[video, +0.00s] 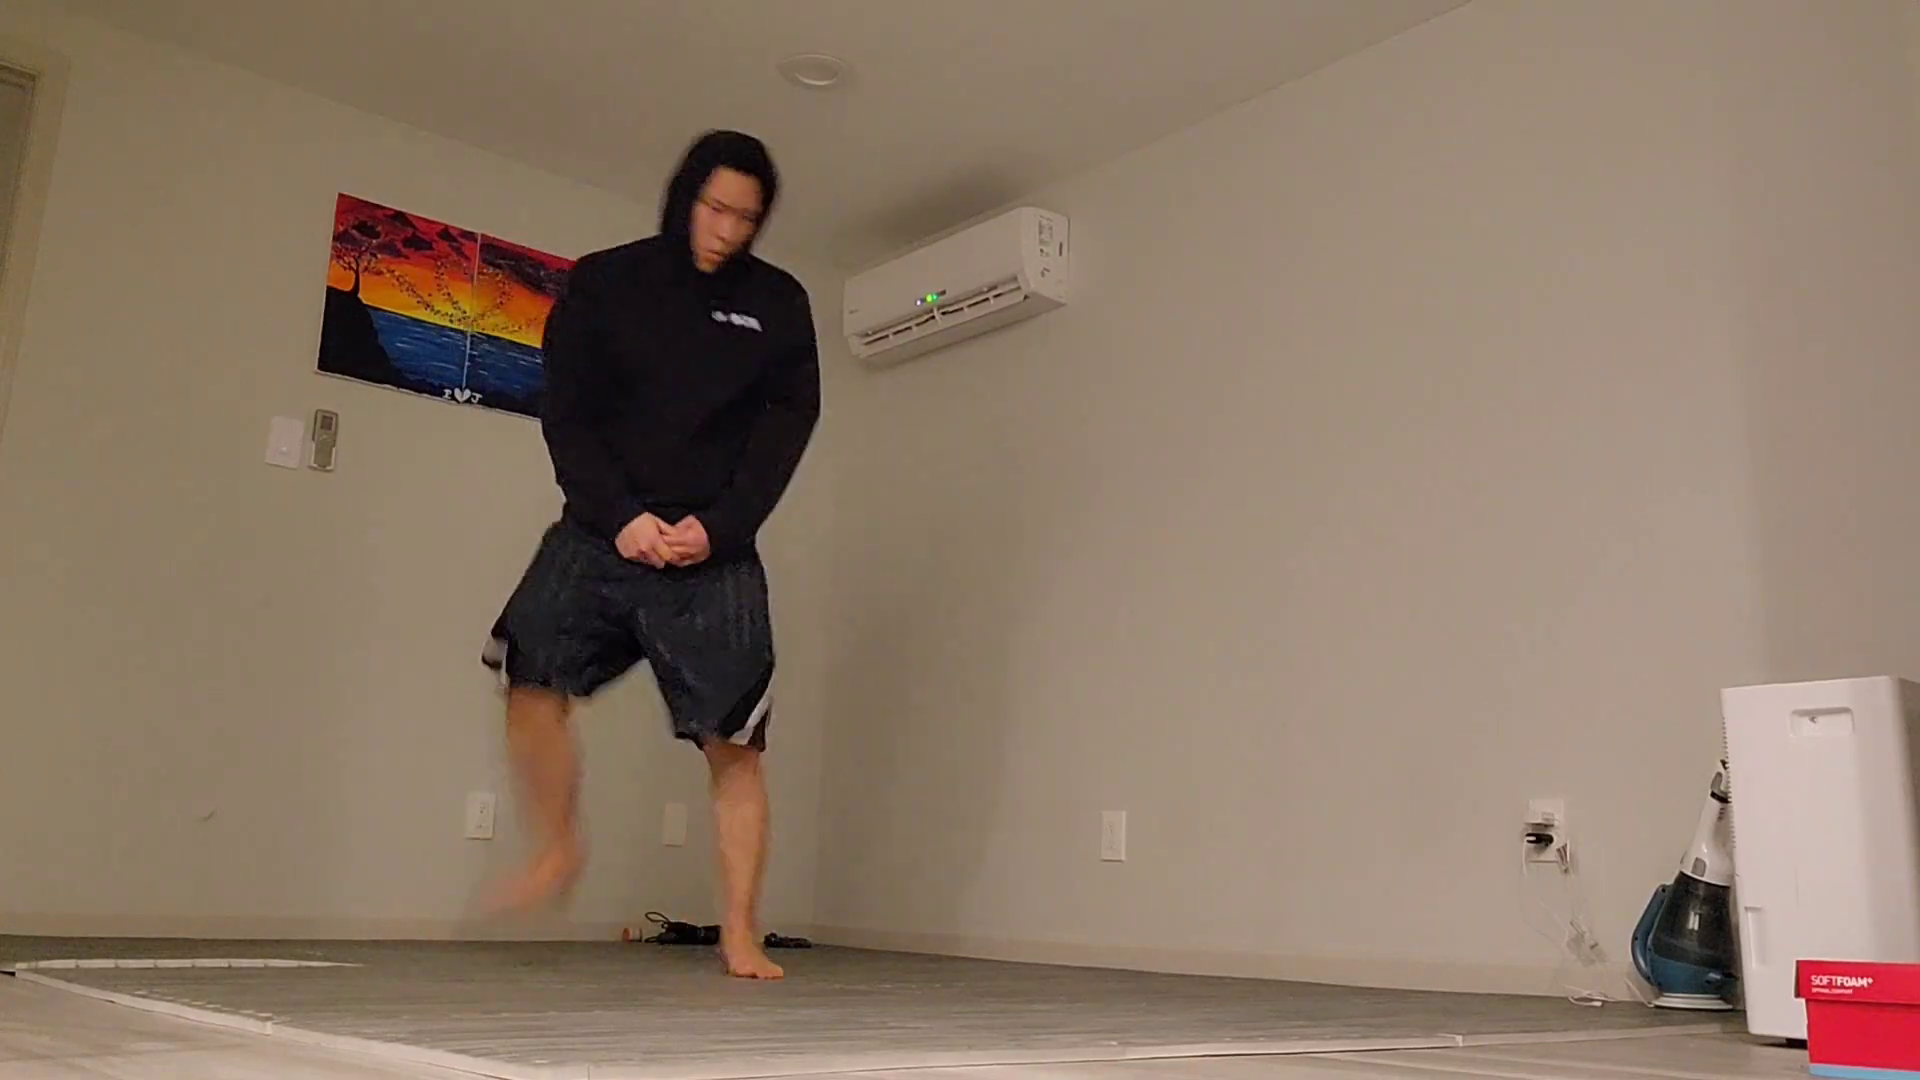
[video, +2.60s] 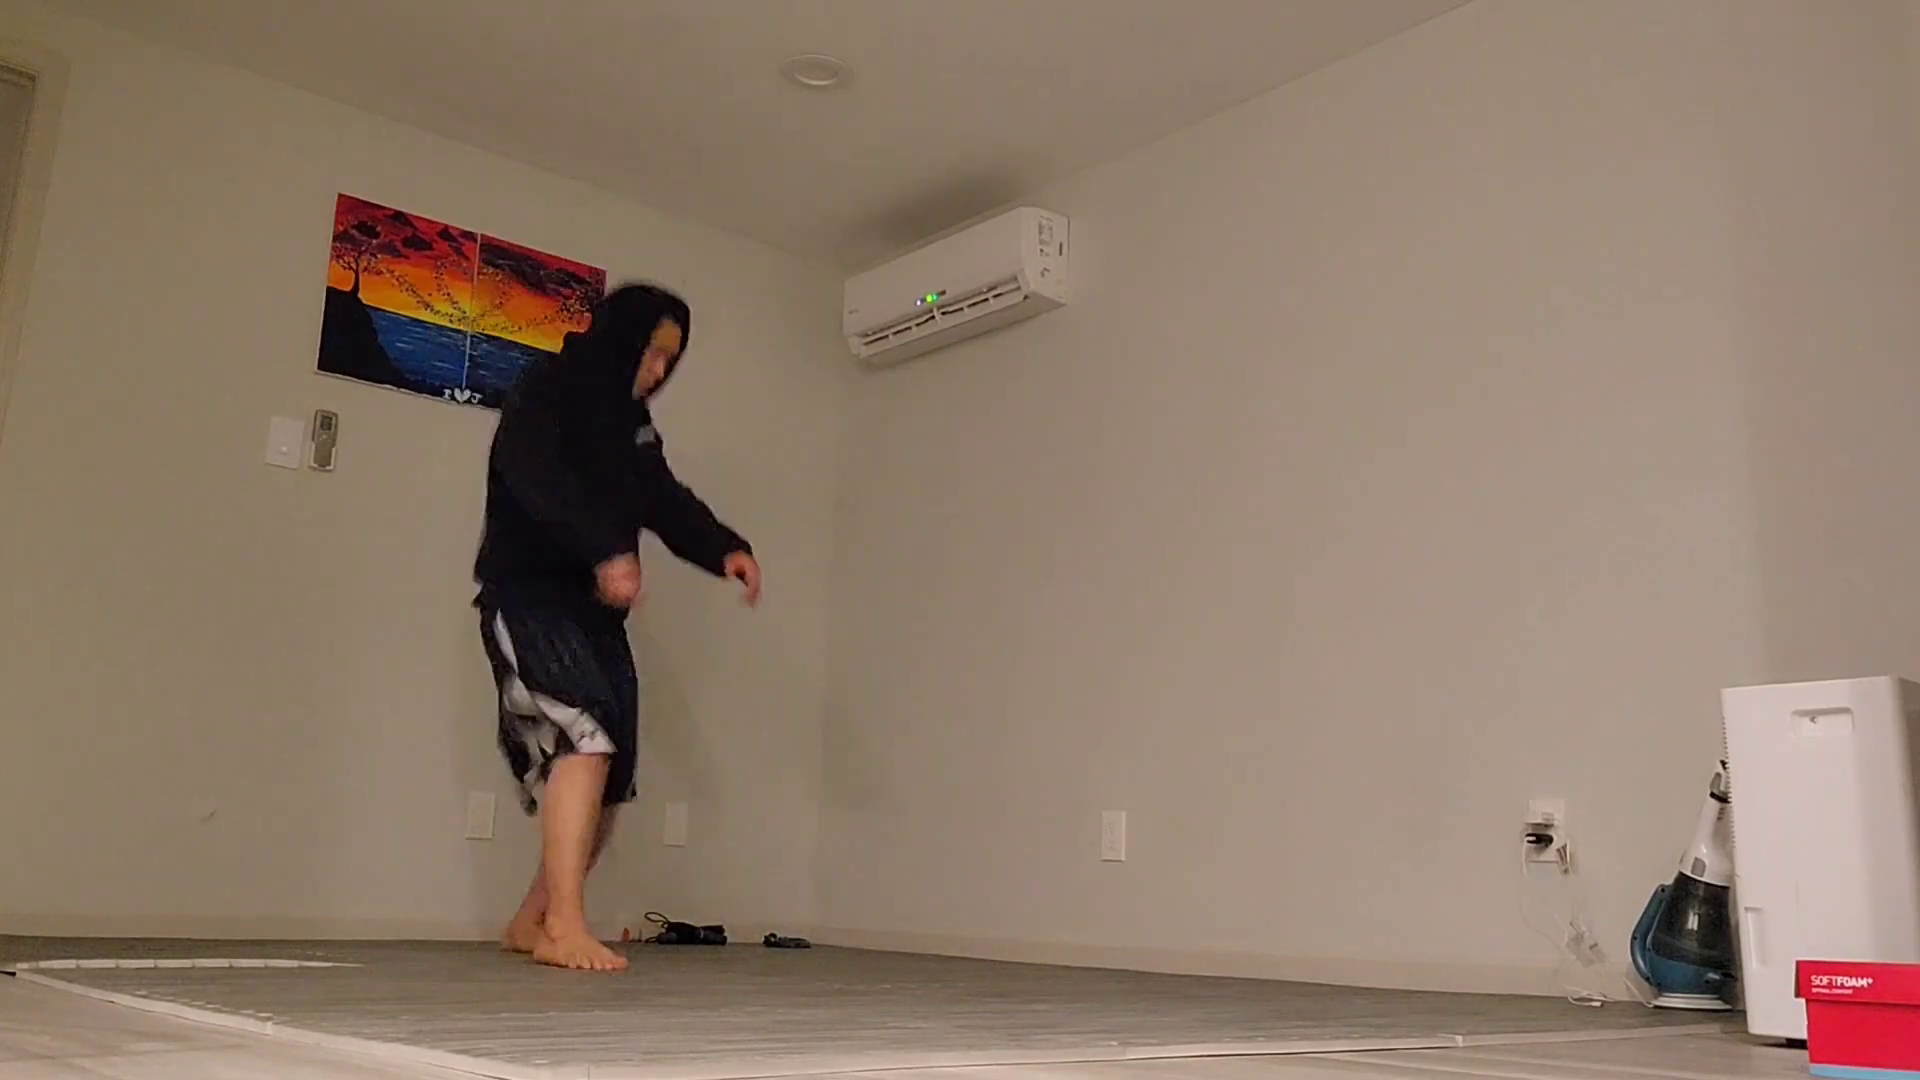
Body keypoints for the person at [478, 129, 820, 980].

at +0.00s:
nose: (727, 228)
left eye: (744, 216)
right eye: (716, 207)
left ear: (760, 222)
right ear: (686, 198)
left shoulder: (779, 303)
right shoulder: (600, 280)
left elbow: (791, 421)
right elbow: (562, 411)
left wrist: (722, 524)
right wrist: (617, 514)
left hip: (715, 550)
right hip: (598, 537)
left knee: (733, 740)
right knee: (530, 673)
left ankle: (740, 934)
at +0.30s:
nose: (662, 259)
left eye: (680, 244)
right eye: (649, 237)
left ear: (697, 247)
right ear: (615, 229)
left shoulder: (715, 323)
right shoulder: (544, 314)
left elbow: (711, 463)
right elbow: (520, 463)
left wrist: (660, 570)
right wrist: (581, 573)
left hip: (669, 555)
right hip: (559, 551)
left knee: (751, 694)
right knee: (528, 736)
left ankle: (652, 840)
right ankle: (517, 931)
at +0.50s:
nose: (675, 230)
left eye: (693, 217)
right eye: (666, 207)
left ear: (706, 218)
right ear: (630, 190)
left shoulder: (705, 285)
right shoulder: (546, 248)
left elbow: (718, 393)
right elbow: (513, 386)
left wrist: (684, 467)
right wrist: (603, 463)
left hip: (643, 522)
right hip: (542, 512)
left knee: (720, 682)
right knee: (504, 708)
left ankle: (617, 838)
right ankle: (433, 908)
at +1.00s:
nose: (730, 275)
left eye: (747, 263)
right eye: (721, 254)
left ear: (759, 266)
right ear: (687, 239)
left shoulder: (760, 341)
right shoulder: (596, 294)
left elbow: (764, 456)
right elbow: (535, 411)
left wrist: (697, 518)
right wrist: (606, 495)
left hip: (677, 551)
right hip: (569, 532)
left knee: (697, 734)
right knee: (527, 681)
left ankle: (688, 925)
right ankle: (533, 833)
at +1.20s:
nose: (694, 279)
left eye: (710, 268)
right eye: (684, 260)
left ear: (722, 272)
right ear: (651, 250)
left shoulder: (737, 335)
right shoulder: (578, 312)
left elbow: (804, 417)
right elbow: (490, 396)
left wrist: (793, 486)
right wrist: (536, 448)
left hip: (677, 584)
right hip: (566, 575)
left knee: (698, 765)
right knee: (509, 732)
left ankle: (717, 932)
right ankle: (489, 923)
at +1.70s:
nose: (643, 268)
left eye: (655, 256)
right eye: (632, 249)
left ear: (663, 256)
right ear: (593, 236)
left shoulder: (665, 320)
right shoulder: (517, 304)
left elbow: (702, 410)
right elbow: (445, 407)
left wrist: (695, 458)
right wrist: (512, 470)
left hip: (638, 554)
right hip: (541, 553)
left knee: (654, 727)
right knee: (521, 726)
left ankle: (608, 906)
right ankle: (488, 897)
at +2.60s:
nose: (660, 368)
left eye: (670, 358)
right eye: (656, 350)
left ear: (667, 361)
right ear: (619, 335)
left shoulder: (628, 415)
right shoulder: (552, 387)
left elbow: (659, 492)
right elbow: (534, 477)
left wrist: (721, 547)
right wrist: (606, 549)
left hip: (586, 601)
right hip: (525, 594)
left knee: (607, 766)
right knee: (584, 742)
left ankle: (533, 917)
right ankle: (564, 928)